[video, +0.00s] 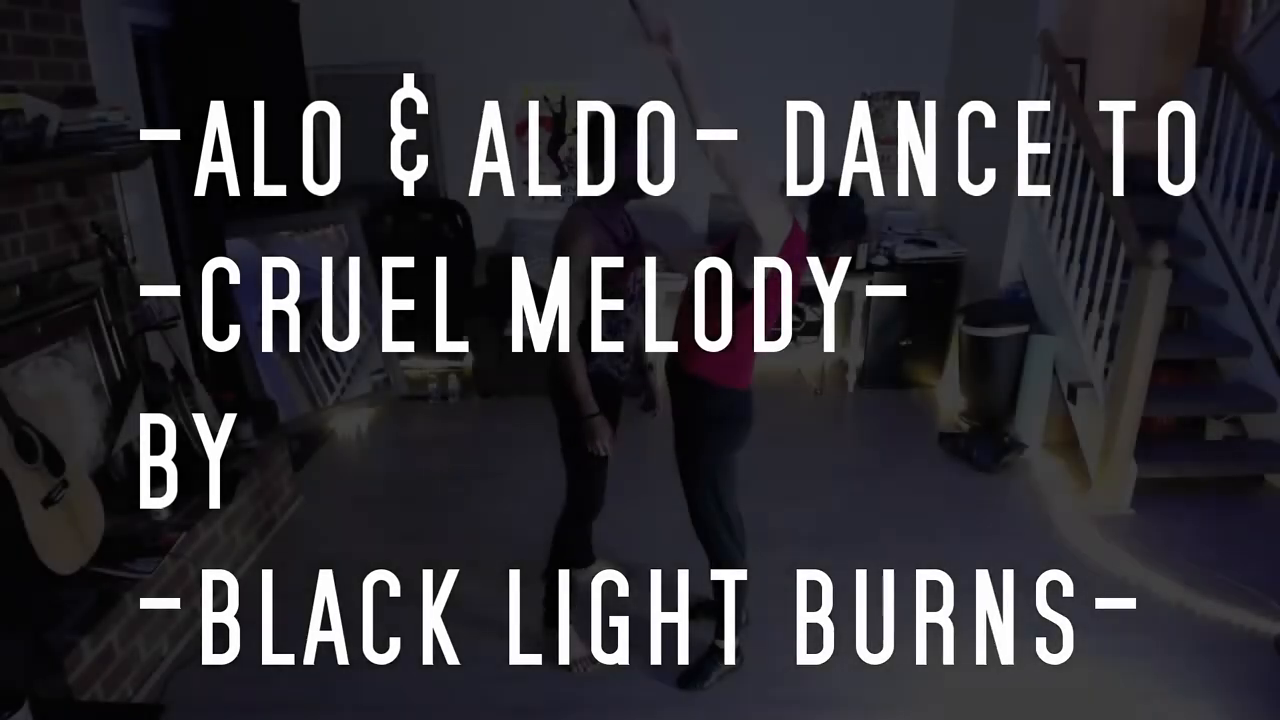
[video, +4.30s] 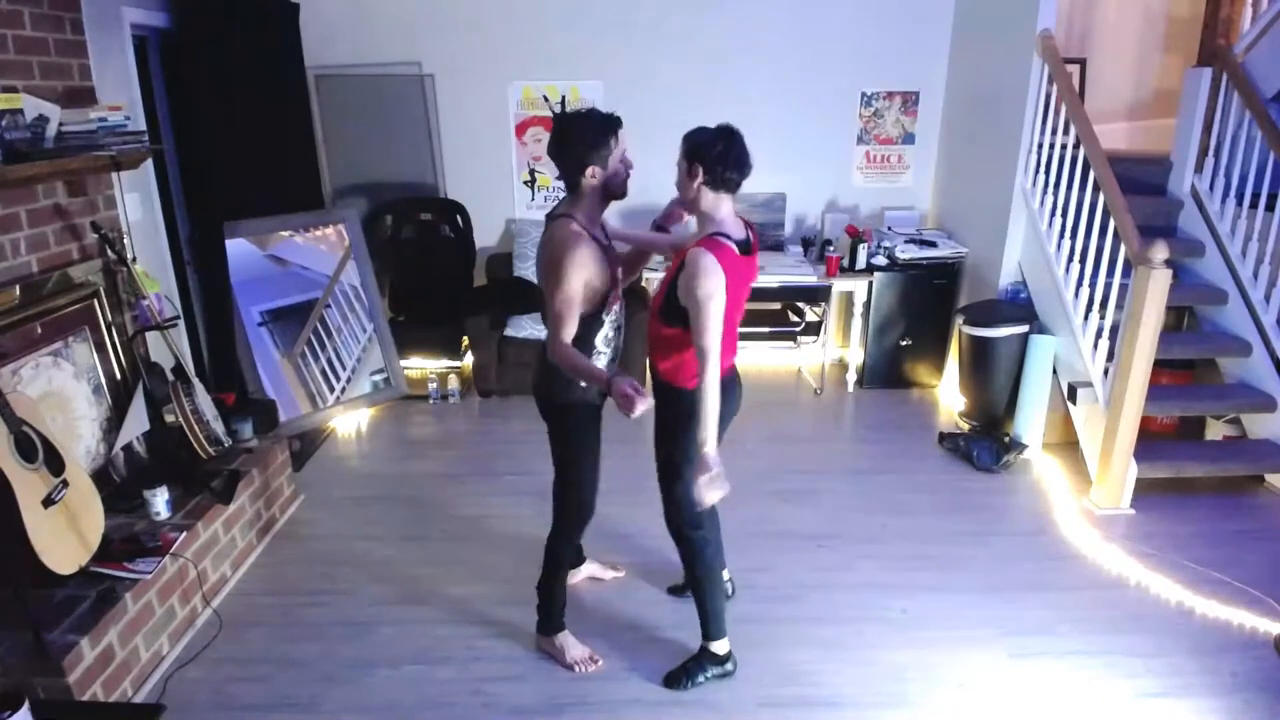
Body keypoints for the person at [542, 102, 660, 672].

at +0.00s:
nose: (648, 167)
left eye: (647, 153)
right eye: (639, 154)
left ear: (606, 157)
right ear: (616, 159)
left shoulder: (617, 222)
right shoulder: (582, 226)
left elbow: (625, 313)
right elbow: (565, 331)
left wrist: (642, 374)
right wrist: (590, 414)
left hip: (605, 381)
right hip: (581, 385)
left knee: (588, 497)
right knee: (584, 499)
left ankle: (568, 612)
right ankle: (560, 619)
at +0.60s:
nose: (642, 165)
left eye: (640, 153)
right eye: (633, 155)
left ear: (612, 159)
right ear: (612, 161)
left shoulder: (636, 214)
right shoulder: (582, 229)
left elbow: (641, 294)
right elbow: (568, 339)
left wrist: (649, 360)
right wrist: (595, 422)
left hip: (622, 374)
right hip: (586, 377)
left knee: (598, 494)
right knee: (593, 499)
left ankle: (573, 597)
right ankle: (564, 617)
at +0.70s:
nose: (631, 168)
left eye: (626, 157)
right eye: (619, 159)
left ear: (597, 165)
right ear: (596, 166)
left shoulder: (620, 219)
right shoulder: (581, 233)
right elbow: (571, 347)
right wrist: (601, 431)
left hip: (612, 378)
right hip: (586, 381)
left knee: (589, 498)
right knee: (588, 501)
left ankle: (570, 617)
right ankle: (561, 629)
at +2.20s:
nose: (599, 161)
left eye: (597, 149)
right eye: (584, 150)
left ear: (571, 163)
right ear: (548, 162)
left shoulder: (567, 229)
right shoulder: (535, 242)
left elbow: (584, 305)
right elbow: (514, 352)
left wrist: (636, 306)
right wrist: (525, 446)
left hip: (580, 393)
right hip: (551, 402)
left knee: (612, 469)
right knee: (556, 527)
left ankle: (565, 557)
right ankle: (553, 636)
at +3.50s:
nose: (629, 156)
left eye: (626, 144)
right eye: (620, 147)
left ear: (582, 158)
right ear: (590, 158)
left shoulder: (578, 212)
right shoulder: (579, 228)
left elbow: (614, 252)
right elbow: (574, 328)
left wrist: (645, 250)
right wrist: (603, 406)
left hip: (579, 364)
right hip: (575, 373)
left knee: (588, 473)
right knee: (574, 495)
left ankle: (572, 560)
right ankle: (558, 617)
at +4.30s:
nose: (630, 162)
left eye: (624, 151)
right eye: (620, 154)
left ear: (587, 173)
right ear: (592, 174)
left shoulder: (586, 220)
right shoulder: (571, 249)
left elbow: (608, 280)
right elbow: (559, 348)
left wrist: (659, 237)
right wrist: (609, 381)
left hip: (582, 374)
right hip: (567, 384)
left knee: (578, 483)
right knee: (573, 508)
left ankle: (571, 563)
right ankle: (551, 629)